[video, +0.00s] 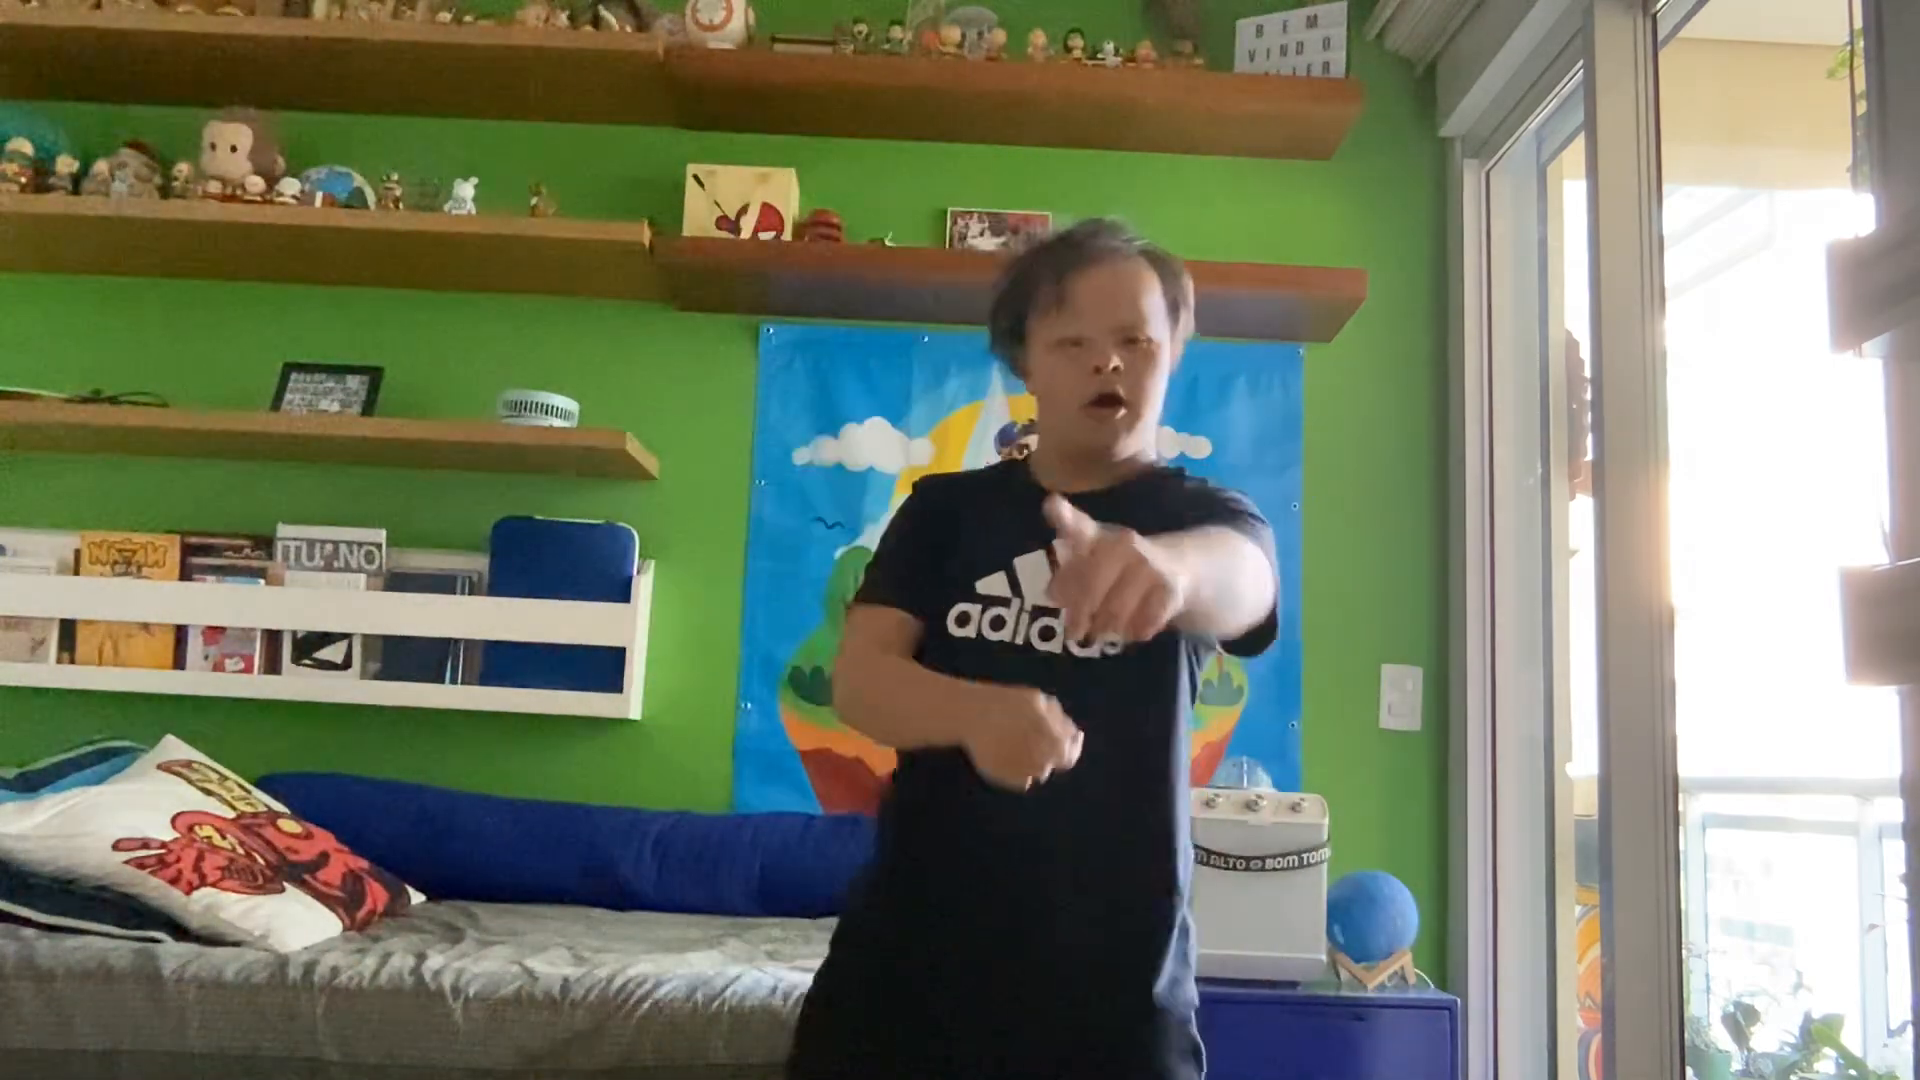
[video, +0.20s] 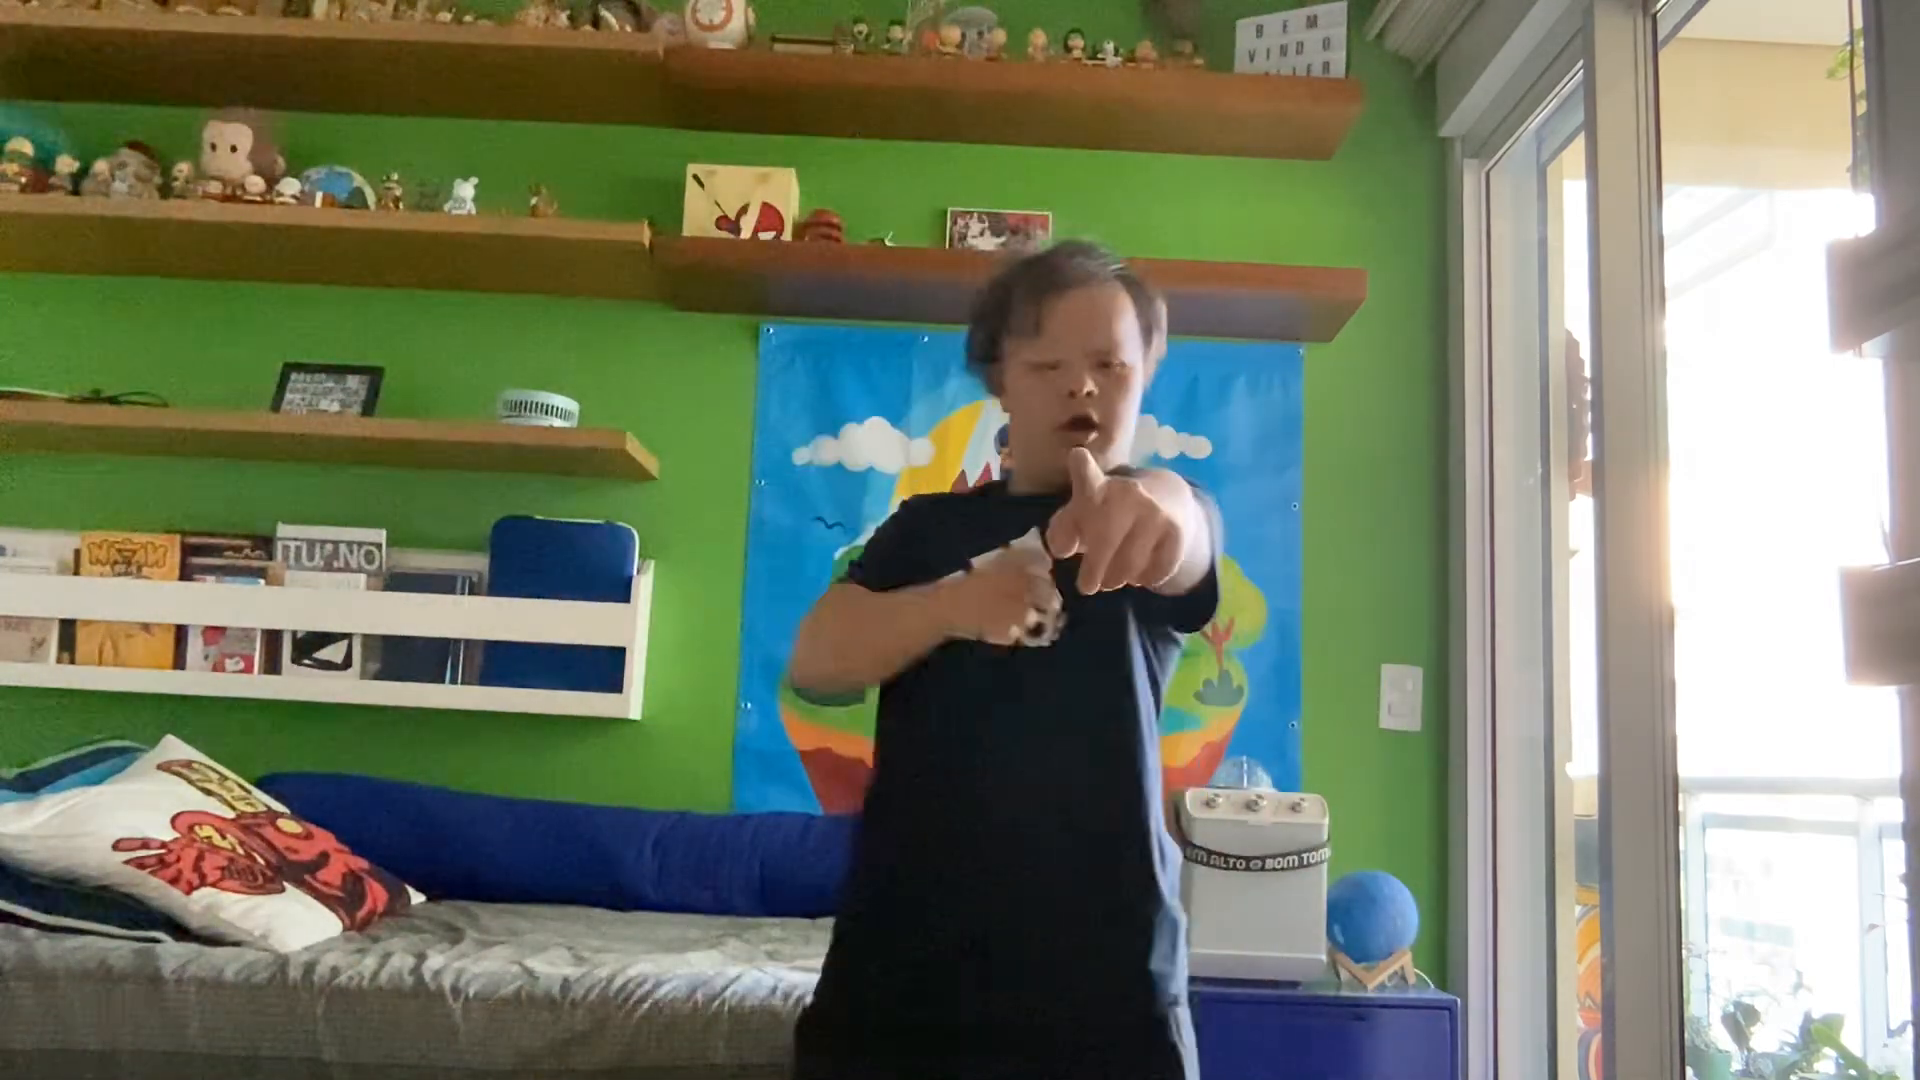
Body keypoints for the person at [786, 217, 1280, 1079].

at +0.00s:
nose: (1107, 366)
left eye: (1134, 341)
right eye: (1071, 343)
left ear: (1173, 360)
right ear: (1024, 364)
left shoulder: (1206, 517)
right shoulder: (943, 509)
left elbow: (1241, 576)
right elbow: (861, 680)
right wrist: (974, 714)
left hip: (1113, 969)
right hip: (923, 957)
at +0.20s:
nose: (1081, 390)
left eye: (1107, 365)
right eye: (1048, 366)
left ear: (1143, 380)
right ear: (998, 379)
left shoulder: (1161, 514)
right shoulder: (928, 527)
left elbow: (1177, 532)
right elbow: (815, 662)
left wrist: (1151, 503)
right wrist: (950, 605)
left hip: (1101, 974)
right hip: (916, 968)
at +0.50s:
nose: (1008, 378)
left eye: (1037, 354)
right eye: (975, 355)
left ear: (1075, 370)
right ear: (928, 370)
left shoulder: (1081, 483)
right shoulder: (868, 520)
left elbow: (1088, 521)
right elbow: (734, 632)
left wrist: (1059, 568)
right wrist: (875, 596)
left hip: (1015, 969)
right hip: (823, 956)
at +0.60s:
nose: (991, 377)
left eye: (1018, 353)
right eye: (958, 354)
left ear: (1055, 366)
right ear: (910, 368)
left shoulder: (1084, 507)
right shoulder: (841, 513)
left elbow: (1090, 603)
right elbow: (713, 625)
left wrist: (1030, 642)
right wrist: (869, 592)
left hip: (999, 963)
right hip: (810, 950)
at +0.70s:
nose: (974, 379)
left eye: (1001, 355)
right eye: (941, 354)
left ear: (1036, 373)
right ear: (891, 365)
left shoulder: (1077, 535)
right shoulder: (809, 501)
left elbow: (1090, 704)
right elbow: (695, 604)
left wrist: (994, 730)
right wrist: (862, 575)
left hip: (995, 965)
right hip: (797, 952)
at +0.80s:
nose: (970, 376)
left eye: (996, 353)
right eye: (936, 349)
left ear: (1023, 372)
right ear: (878, 358)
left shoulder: (1064, 542)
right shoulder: (791, 487)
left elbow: (1090, 737)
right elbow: (684, 574)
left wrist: (992, 773)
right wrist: (873, 547)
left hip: (998, 995)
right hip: (793, 979)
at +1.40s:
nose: (1008, 430)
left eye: (1015, 402)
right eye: (1006, 394)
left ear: (934, 363)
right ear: (926, 359)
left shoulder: (962, 551)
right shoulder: (791, 480)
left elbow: (958, 746)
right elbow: (686, 625)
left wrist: (1077, 799)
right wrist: (911, 661)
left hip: (994, 1006)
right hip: (831, 1011)